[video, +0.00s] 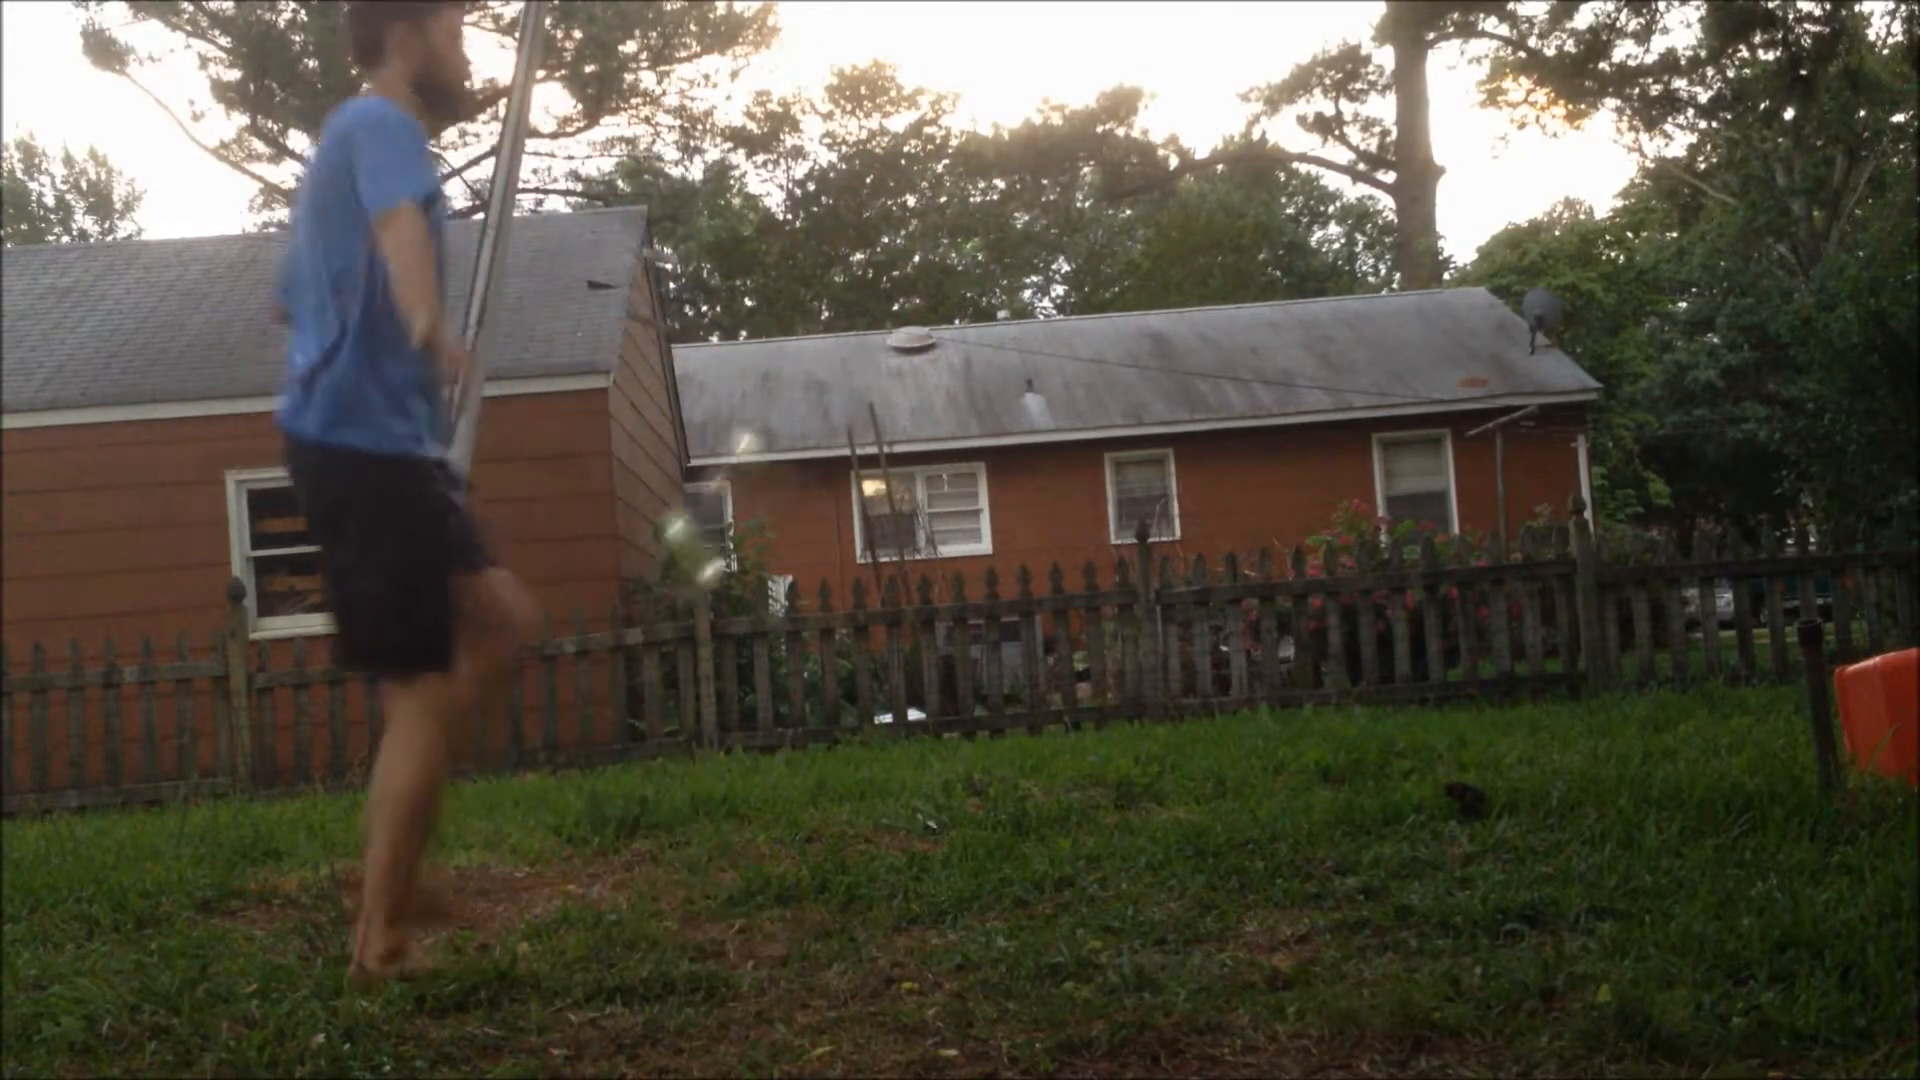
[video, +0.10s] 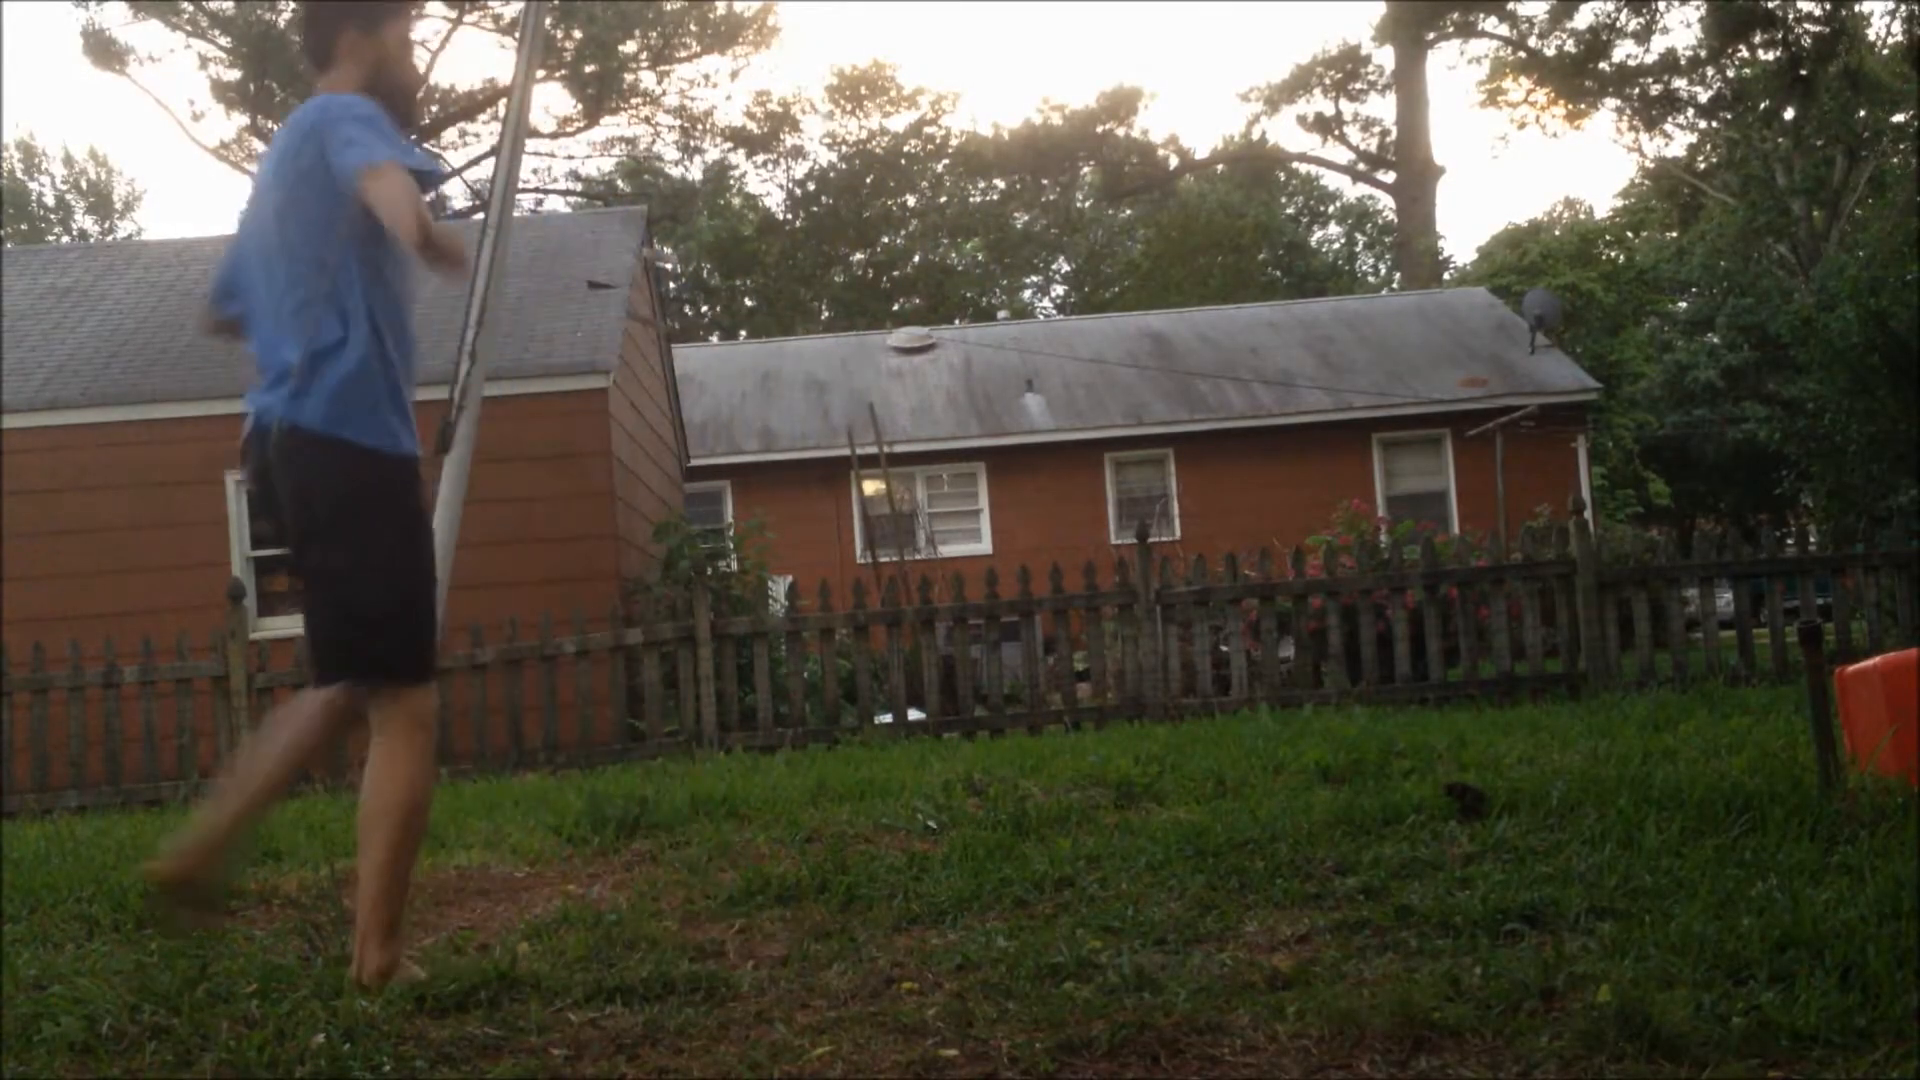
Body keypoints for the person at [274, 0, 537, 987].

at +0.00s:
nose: (467, 44)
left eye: (464, 25)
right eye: (455, 24)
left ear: (387, 43)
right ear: (405, 35)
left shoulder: (346, 135)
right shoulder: (381, 122)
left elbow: (289, 291)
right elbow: (401, 230)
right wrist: (432, 322)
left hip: (362, 437)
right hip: (364, 441)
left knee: (500, 619)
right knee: (419, 689)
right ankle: (380, 937)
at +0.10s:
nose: (418, 57)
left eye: (414, 37)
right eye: (409, 35)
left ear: (329, 45)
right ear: (365, 36)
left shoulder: (283, 150)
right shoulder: (347, 116)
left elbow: (228, 310)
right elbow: (399, 205)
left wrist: (343, 342)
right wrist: (440, 242)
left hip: (287, 441)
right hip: (353, 440)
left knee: (344, 680)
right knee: (406, 702)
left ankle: (187, 863)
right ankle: (376, 961)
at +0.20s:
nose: (368, 73)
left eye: (366, 57)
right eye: (359, 56)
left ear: (273, 72)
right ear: (310, 60)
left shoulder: (226, 189)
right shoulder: (309, 126)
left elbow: (152, 352)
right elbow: (340, 165)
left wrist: (228, 391)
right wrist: (380, 167)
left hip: (251, 475)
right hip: (343, 466)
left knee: (219, 694)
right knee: (407, 717)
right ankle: (375, 960)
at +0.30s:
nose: (302, 98)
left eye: (302, 87)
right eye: (298, 85)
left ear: (209, 95)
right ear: (268, 81)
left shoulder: (154, 217)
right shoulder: (271, 134)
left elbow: (74, 361)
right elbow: (276, 158)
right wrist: (294, 173)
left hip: (199, 500)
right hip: (311, 490)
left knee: (112, 719)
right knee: (381, 720)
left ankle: (4, 893)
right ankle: (371, 962)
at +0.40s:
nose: (235, 103)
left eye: (201, 91)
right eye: (237, 90)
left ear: (152, 98)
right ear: (231, 90)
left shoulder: (91, 205)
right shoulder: (242, 151)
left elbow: (24, 333)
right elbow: (248, 229)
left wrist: (117, 306)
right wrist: (270, 315)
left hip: (143, 503)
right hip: (261, 494)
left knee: (57, 729)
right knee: (340, 725)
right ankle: (364, 957)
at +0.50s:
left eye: (110, 72)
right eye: (168, 75)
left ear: (93, 81)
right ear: (176, 79)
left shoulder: (27, 197)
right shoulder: (204, 144)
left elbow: (6, 319)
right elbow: (222, 248)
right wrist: (268, 396)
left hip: (90, 499)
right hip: (211, 493)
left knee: (28, 724)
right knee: (311, 715)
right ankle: (353, 947)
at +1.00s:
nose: (189, 106)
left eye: (142, 84)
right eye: (206, 91)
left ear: (126, 91)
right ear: (208, 94)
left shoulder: (48, 182)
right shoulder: (245, 177)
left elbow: (2, 289)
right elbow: (309, 324)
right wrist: (333, 457)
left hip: (59, 482)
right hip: (191, 484)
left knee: (20, 722)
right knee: (279, 709)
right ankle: (253, 932)